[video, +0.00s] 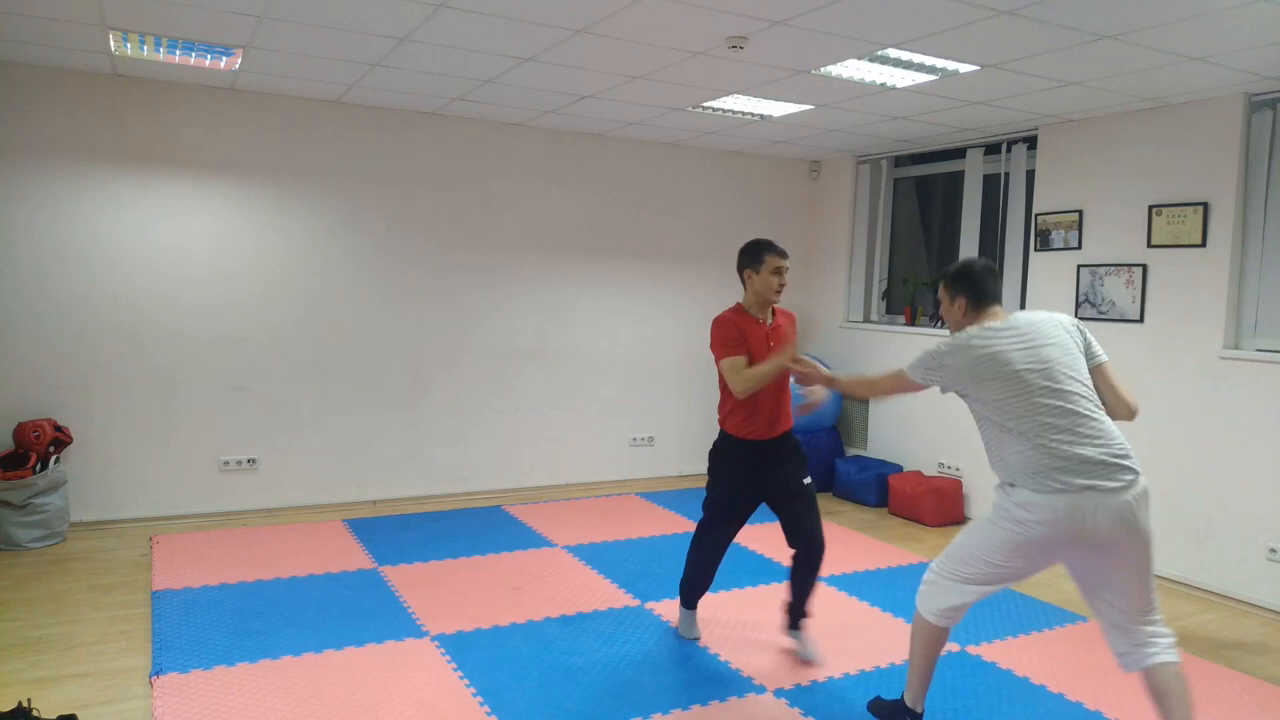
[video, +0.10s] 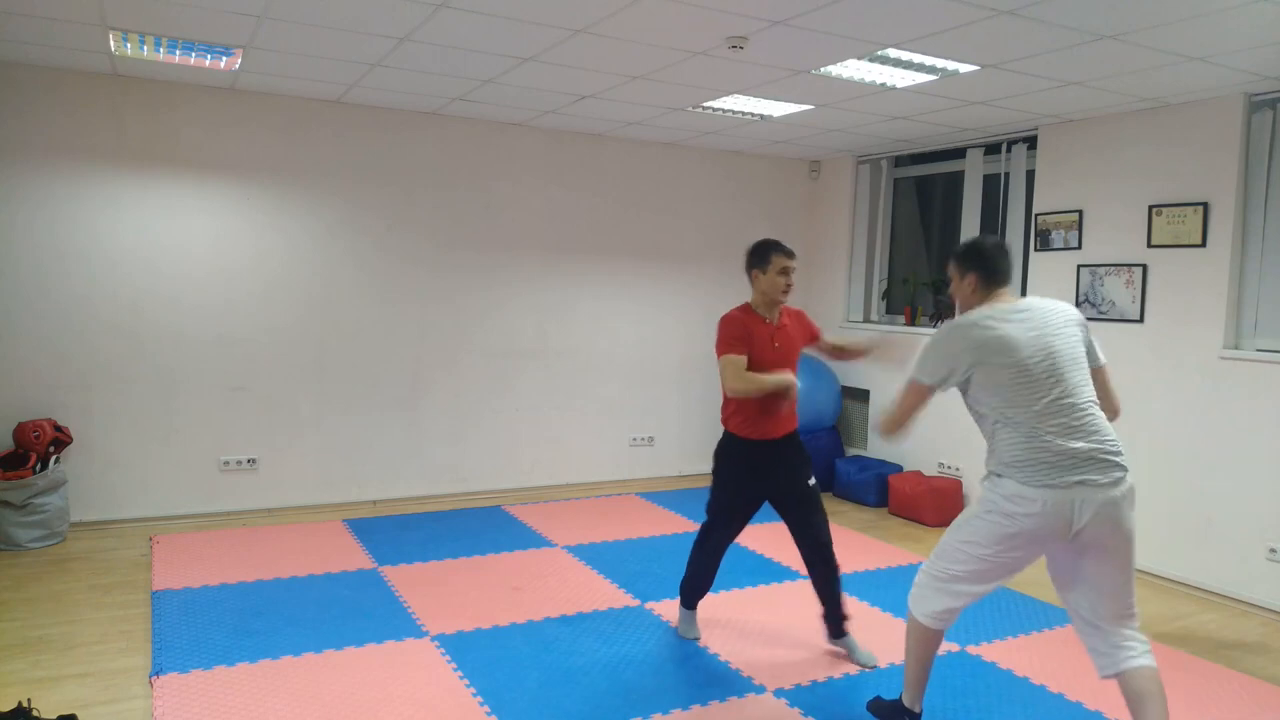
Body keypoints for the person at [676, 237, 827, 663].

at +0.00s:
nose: (783, 281)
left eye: (786, 274)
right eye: (776, 273)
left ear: (784, 279)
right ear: (748, 276)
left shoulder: (785, 321)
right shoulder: (727, 325)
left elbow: (789, 364)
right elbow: (739, 385)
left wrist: (817, 385)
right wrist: (786, 357)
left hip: (782, 450)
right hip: (737, 453)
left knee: (810, 544)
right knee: (713, 535)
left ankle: (795, 625)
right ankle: (688, 607)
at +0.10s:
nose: (790, 281)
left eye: (793, 274)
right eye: (782, 273)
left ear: (791, 277)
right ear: (755, 275)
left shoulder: (796, 321)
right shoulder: (735, 323)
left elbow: (829, 349)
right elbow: (733, 384)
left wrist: (867, 348)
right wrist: (781, 380)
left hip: (787, 451)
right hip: (741, 453)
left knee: (817, 540)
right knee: (717, 534)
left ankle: (838, 631)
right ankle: (687, 606)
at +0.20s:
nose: (813, 287)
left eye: (817, 280)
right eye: (806, 278)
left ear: (817, 285)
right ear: (779, 276)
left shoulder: (815, 325)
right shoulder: (751, 323)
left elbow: (874, 334)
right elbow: (745, 371)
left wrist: (869, 285)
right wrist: (784, 326)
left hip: (796, 454)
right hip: (751, 454)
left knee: (822, 546)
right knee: (730, 536)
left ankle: (841, 634)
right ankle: (692, 604)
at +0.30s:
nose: (832, 286)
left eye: (835, 279)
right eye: (826, 277)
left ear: (838, 283)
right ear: (807, 276)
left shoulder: (829, 326)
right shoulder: (780, 318)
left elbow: (865, 351)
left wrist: (853, 292)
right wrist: (816, 282)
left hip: (811, 453)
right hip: (768, 451)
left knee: (825, 550)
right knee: (741, 537)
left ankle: (839, 636)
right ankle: (692, 601)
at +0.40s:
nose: (859, 289)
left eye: (864, 281)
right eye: (852, 278)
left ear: (864, 287)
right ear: (829, 278)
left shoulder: (844, 333)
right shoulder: (807, 316)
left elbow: (874, 380)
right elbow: (853, 319)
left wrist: (892, 333)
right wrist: (871, 264)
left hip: (824, 457)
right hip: (787, 455)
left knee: (838, 550)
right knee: (760, 546)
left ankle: (839, 636)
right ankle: (698, 596)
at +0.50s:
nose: (878, 292)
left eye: (882, 285)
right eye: (871, 281)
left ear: (883, 292)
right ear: (846, 279)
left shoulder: (860, 336)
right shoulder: (823, 323)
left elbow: (897, 382)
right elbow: (858, 366)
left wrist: (922, 340)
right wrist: (897, 321)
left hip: (837, 457)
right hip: (802, 456)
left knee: (857, 554)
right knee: (792, 560)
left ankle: (842, 636)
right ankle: (724, 599)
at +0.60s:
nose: (897, 300)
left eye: (903, 294)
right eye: (890, 289)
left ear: (902, 299)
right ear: (864, 286)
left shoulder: (884, 344)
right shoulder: (837, 335)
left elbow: (936, 370)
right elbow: (816, 397)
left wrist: (946, 318)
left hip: (844, 463)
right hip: (811, 459)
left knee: (870, 556)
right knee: (829, 561)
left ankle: (843, 637)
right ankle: (768, 635)